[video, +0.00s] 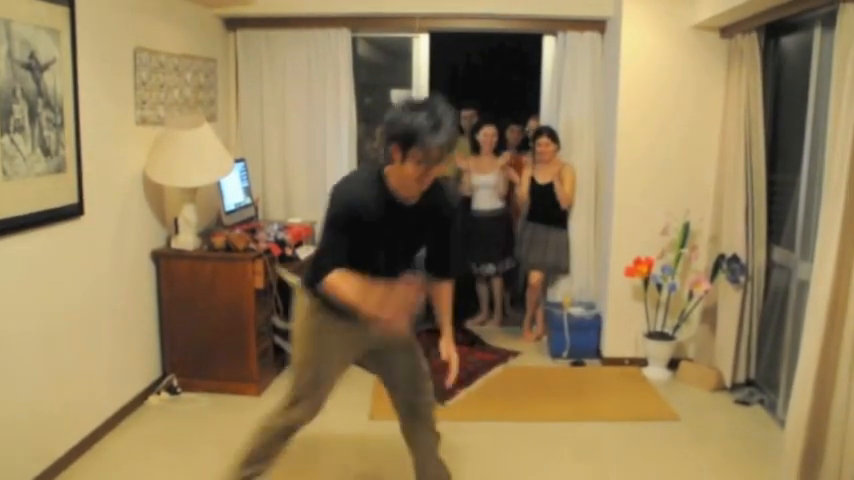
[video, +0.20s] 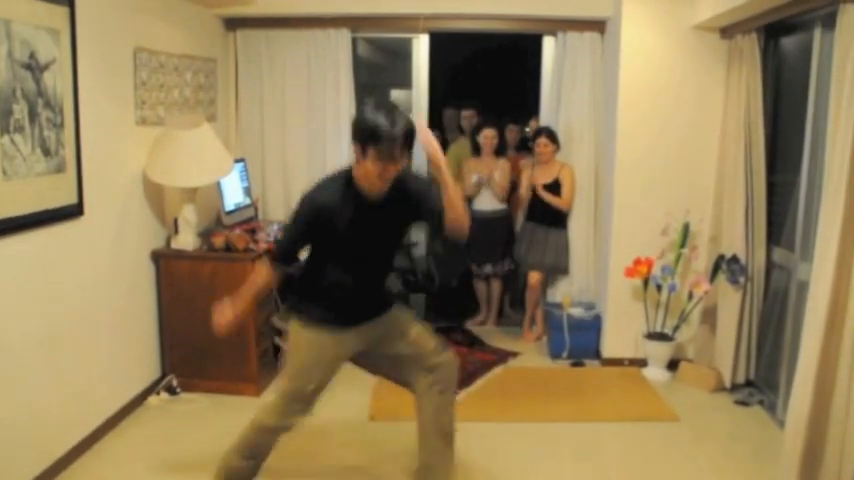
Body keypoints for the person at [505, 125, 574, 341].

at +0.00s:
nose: (543, 149)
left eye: (548, 145)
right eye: (539, 145)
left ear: (556, 147)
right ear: (534, 147)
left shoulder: (565, 170)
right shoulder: (530, 169)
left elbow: (565, 202)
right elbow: (522, 200)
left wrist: (556, 180)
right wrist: (519, 182)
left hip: (554, 228)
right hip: (533, 225)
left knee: (535, 278)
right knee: (538, 281)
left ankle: (527, 321)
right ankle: (540, 323)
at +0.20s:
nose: (541, 150)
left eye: (546, 145)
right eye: (538, 145)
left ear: (555, 148)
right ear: (534, 148)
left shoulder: (565, 170)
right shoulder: (529, 170)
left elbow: (565, 204)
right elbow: (523, 198)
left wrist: (542, 192)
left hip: (553, 228)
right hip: (532, 226)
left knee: (535, 277)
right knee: (537, 282)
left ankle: (527, 321)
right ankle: (540, 325)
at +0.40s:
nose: (540, 149)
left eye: (545, 145)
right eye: (537, 145)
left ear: (555, 147)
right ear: (533, 148)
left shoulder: (563, 170)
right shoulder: (527, 169)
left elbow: (563, 203)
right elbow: (521, 204)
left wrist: (556, 183)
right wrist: (518, 186)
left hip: (552, 229)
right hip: (531, 226)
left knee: (534, 278)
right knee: (536, 282)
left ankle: (527, 322)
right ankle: (540, 325)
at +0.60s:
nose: (540, 150)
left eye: (544, 145)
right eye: (537, 145)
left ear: (554, 148)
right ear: (532, 148)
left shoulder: (563, 171)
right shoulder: (528, 169)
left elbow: (563, 206)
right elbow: (523, 198)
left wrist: (538, 193)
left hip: (552, 228)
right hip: (531, 225)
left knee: (534, 278)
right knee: (536, 282)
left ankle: (526, 323)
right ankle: (539, 325)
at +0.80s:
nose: (539, 150)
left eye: (544, 146)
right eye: (536, 146)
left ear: (553, 148)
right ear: (531, 149)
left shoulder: (563, 172)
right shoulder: (526, 172)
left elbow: (563, 206)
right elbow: (521, 205)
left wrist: (542, 189)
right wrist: (520, 193)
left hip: (552, 229)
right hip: (530, 227)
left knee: (534, 278)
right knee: (537, 283)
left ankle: (526, 323)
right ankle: (539, 326)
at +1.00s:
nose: (538, 151)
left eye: (542, 146)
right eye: (535, 146)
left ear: (552, 149)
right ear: (530, 150)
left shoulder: (561, 171)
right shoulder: (526, 171)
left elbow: (562, 205)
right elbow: (520, 199)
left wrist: (551, 184)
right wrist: (521, 176)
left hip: (551, 230)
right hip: (531, 228)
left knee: (535, 278)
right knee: (537, 283)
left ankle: (527, 322)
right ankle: (539, 325)